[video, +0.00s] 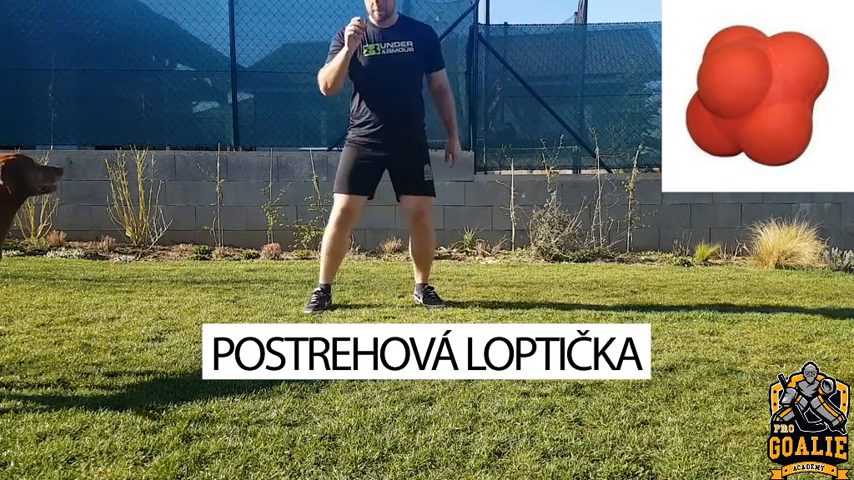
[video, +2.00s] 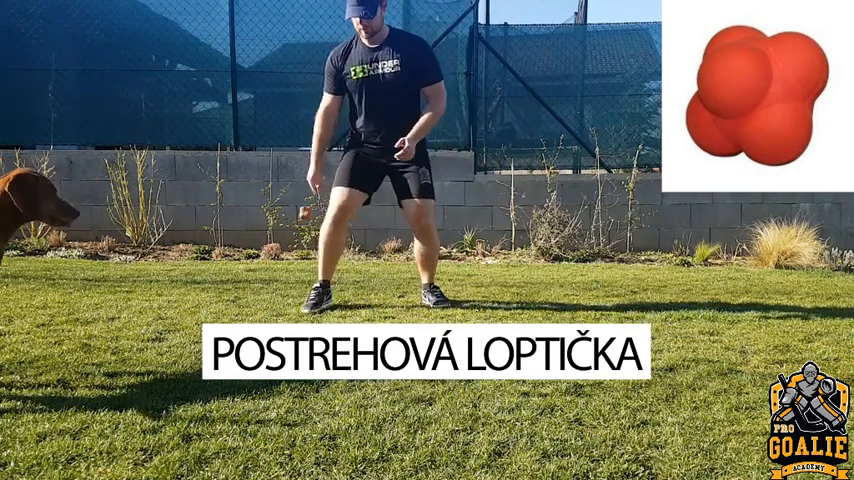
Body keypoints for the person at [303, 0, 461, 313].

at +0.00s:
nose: (378, 4)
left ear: (395, 0)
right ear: (365, 2)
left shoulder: (422, 33)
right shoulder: (349, 35)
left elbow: (440, 86)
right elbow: (327, 86)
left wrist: (452, 133)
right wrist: (348, 50)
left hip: (409, 139)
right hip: (363, 139)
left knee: (419, 212)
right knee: (343, 211)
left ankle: (423, 287)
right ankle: (323, 289)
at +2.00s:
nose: (361, 23)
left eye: (367, 15)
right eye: (355, 17)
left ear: (383, 9)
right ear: (349, 16)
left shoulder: (414, 48)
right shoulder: (339, 56)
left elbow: (437, 104)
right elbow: (328, 111)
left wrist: (412, 137)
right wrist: (315, 162)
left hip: (408, 147)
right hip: (362, 148)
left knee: (423, 220)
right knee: (337, 210)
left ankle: (429, 287)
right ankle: (322, 287)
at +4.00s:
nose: (378, 17)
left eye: (385, 10)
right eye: (371, 11)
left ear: (396, 8)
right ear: (362, 11)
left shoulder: (423, 47)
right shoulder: (344, 51)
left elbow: (443, 102)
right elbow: (330, 107)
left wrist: (434, 135)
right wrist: (324, 158)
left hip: (411, 149)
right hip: (363, 149)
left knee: (435, 218)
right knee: (335, 218)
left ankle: (450, 290)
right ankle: (314, 293)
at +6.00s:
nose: (390, 18)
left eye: (397, 12)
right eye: (383, 12)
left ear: (406, 10)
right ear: (372, 9)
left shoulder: (427, 49)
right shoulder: (350, 50)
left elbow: (445, 102)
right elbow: (333, 105)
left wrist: (442, 132)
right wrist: (326, 156)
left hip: (412, 149)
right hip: (365, 149)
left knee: (436, 215)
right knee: (337, 221)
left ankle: (452, 293)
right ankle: (319, 293)